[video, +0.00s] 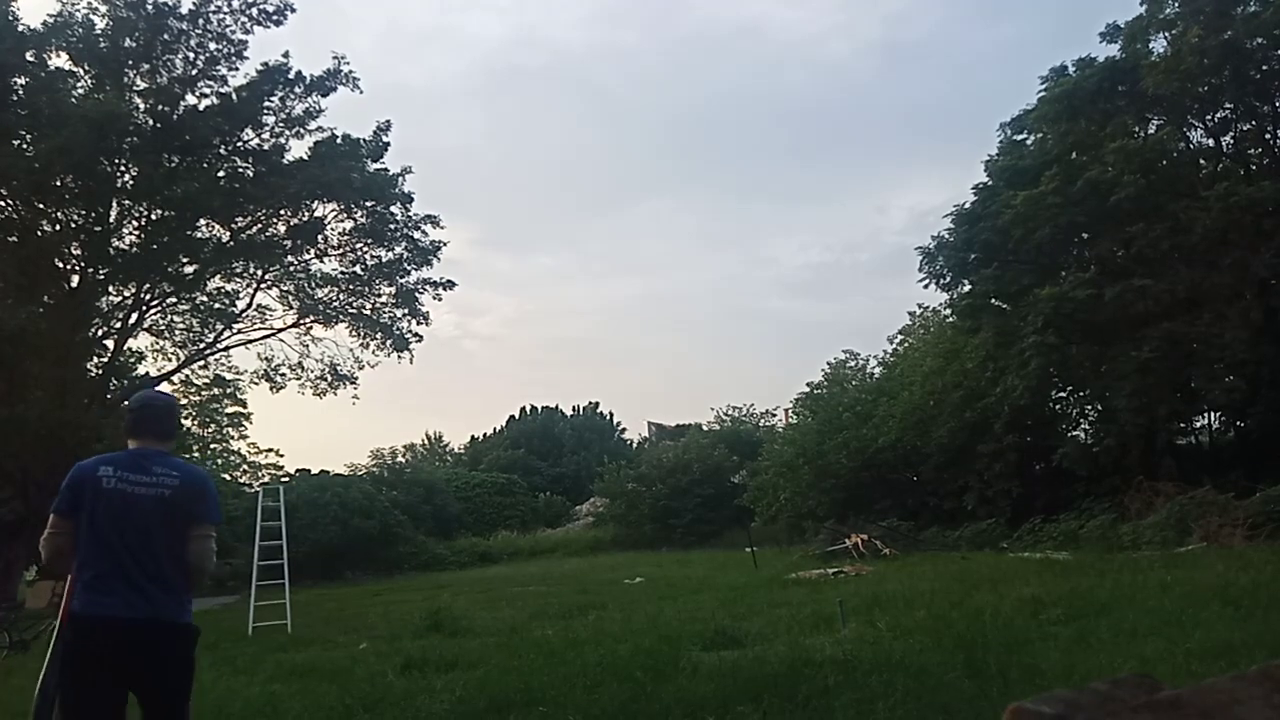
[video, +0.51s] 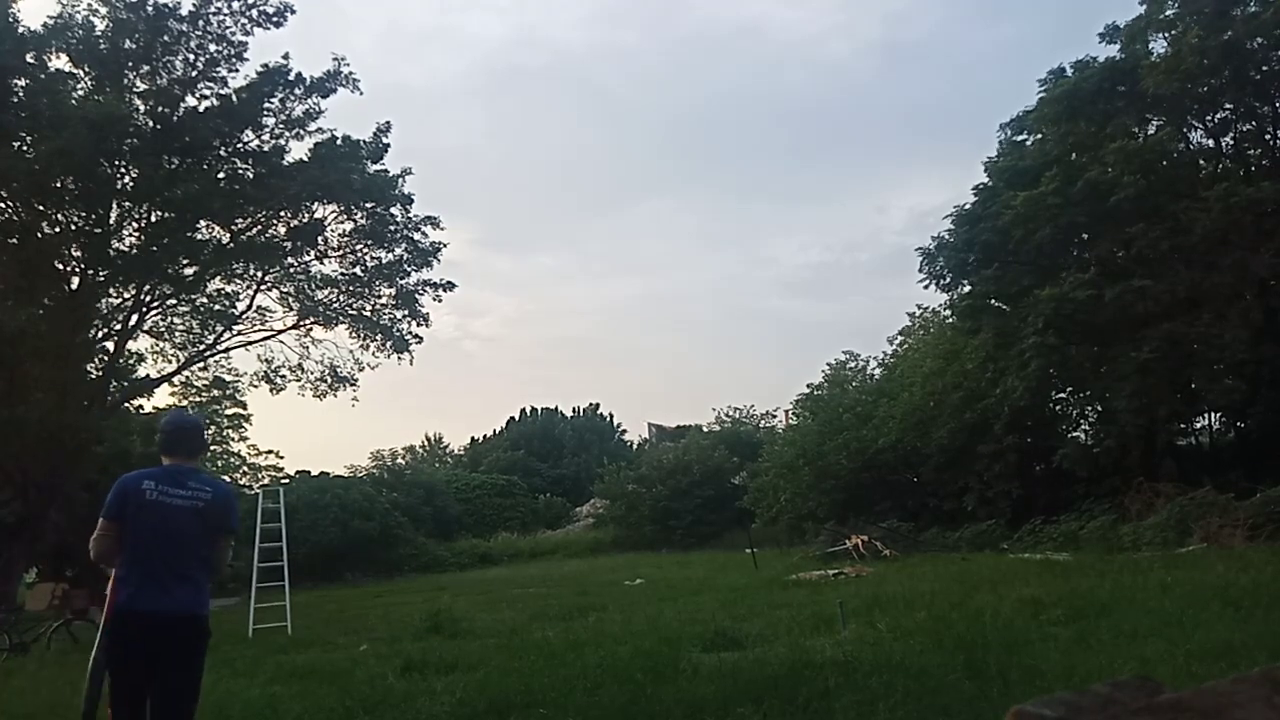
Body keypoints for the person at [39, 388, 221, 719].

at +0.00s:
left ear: (127, 426)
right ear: (175, 430)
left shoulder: (86, 472)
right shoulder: (196, 481)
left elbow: (52, 554)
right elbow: (202, 562)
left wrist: (101, 556)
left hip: (91, 633)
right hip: (166, 638)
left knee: (86, 712)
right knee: (168, 714)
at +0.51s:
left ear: (160, 445)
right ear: (203, 448)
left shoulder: (129, 484)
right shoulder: (222, 493)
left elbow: (100, 549)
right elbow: (220, 564)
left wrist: (135, 565)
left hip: (130, 619)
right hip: (187, 623)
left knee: (126, 708)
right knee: (176, 708)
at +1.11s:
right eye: (198, 463)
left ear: (161, 465)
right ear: (196, 466)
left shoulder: (135, 498)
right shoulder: (211, 499)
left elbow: (116, 554)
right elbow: (220, 552)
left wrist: (145, 560)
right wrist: (221, 586)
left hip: (146, 610)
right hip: (196, 610)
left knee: (145, 693)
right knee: (202, 684)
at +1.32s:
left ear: (179, 474)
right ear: (212, 477)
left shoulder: (152, 506)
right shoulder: (224, 512)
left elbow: (132, 558)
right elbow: (231, 560)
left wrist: (158, 560)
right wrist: (225, 592)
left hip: (157, 613)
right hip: (203, 615)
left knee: (151, 692)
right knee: (200, 691)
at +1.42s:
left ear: (185, 473)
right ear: (215, 477)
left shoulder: (158, 504)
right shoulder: (227, 511)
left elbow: (138, 554)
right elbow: (236, 559)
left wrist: (162, 566)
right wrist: (226, 585)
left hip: (164, 610)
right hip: (207, 611)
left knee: (154, 688)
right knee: (204, 690)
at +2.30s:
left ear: (177, 484)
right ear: (202, 485)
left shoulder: (159, 511)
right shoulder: (214, 512)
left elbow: (143, 551)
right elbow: (227, 547)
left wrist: (162, 560)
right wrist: (208, 560)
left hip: (167, 592)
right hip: (203, 593)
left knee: (167, 652)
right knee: (201, 649)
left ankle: (168, 705)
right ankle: (195, 703)